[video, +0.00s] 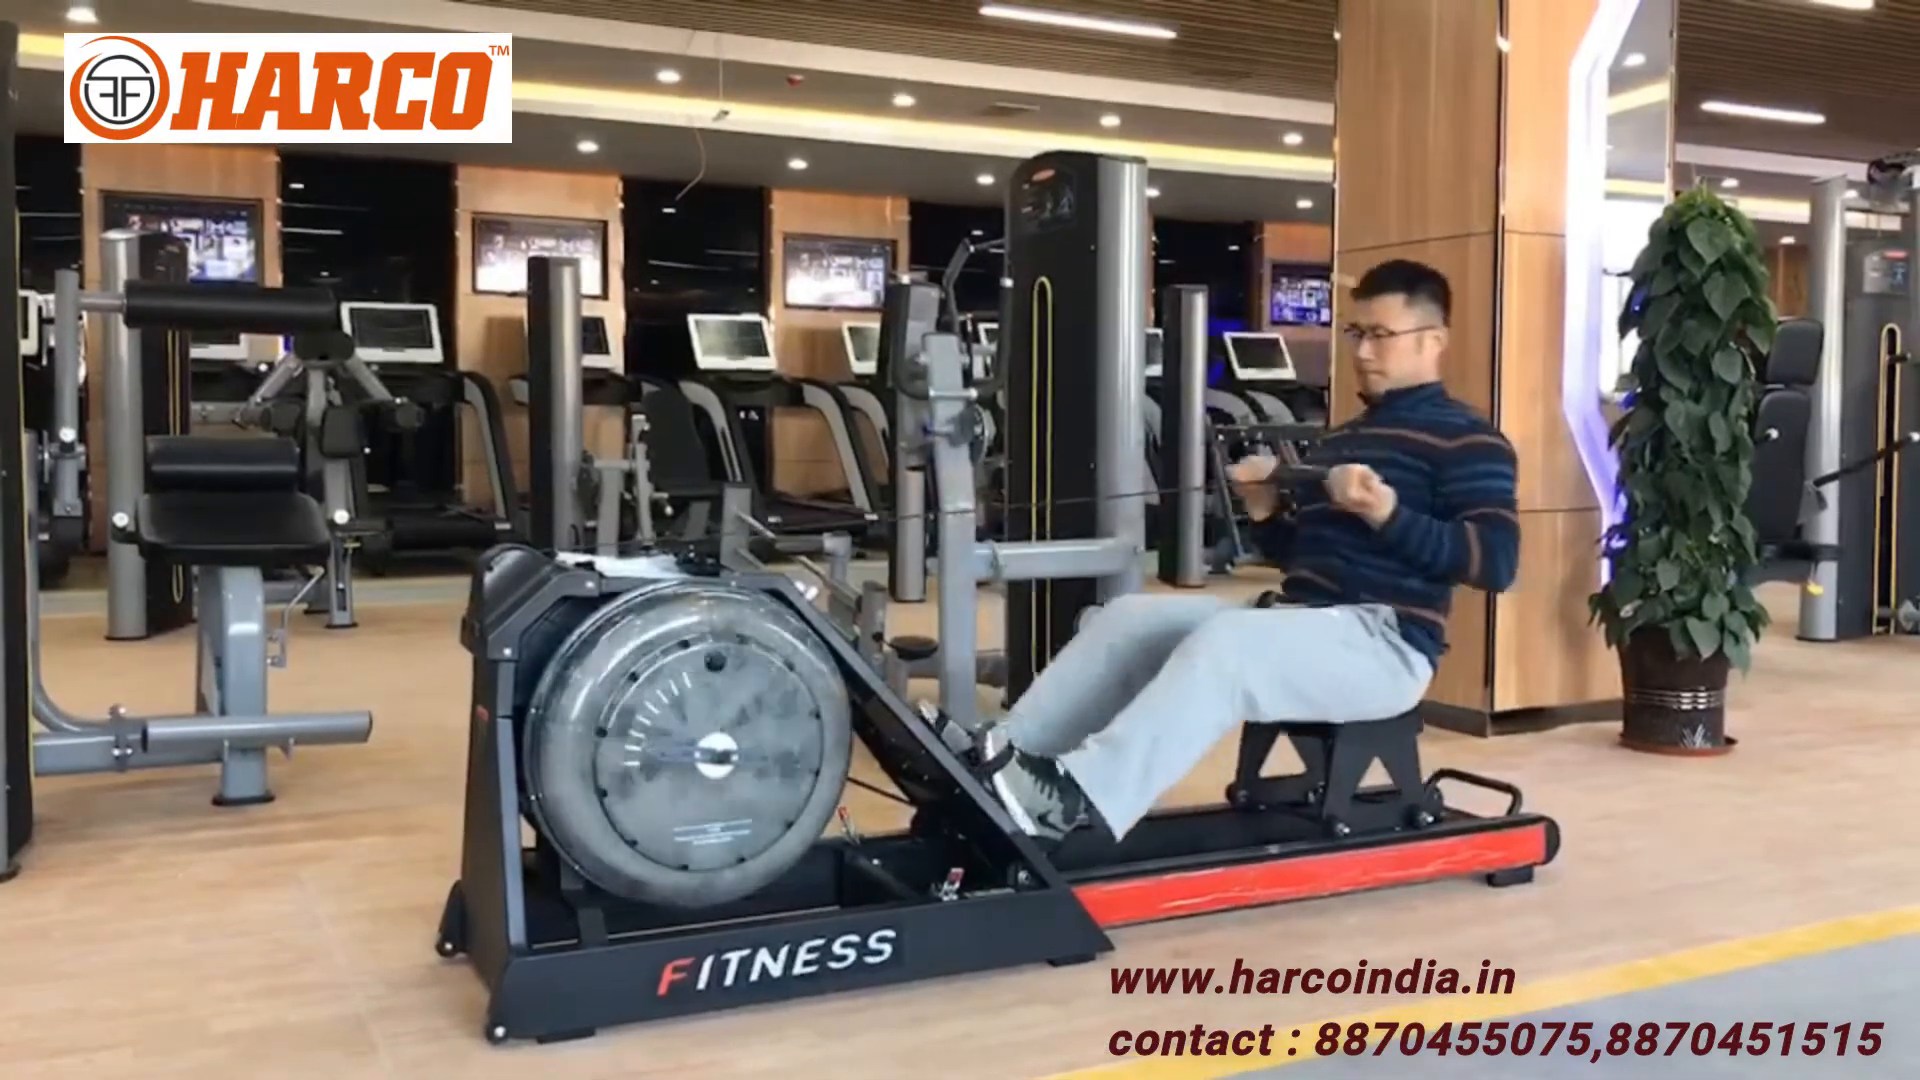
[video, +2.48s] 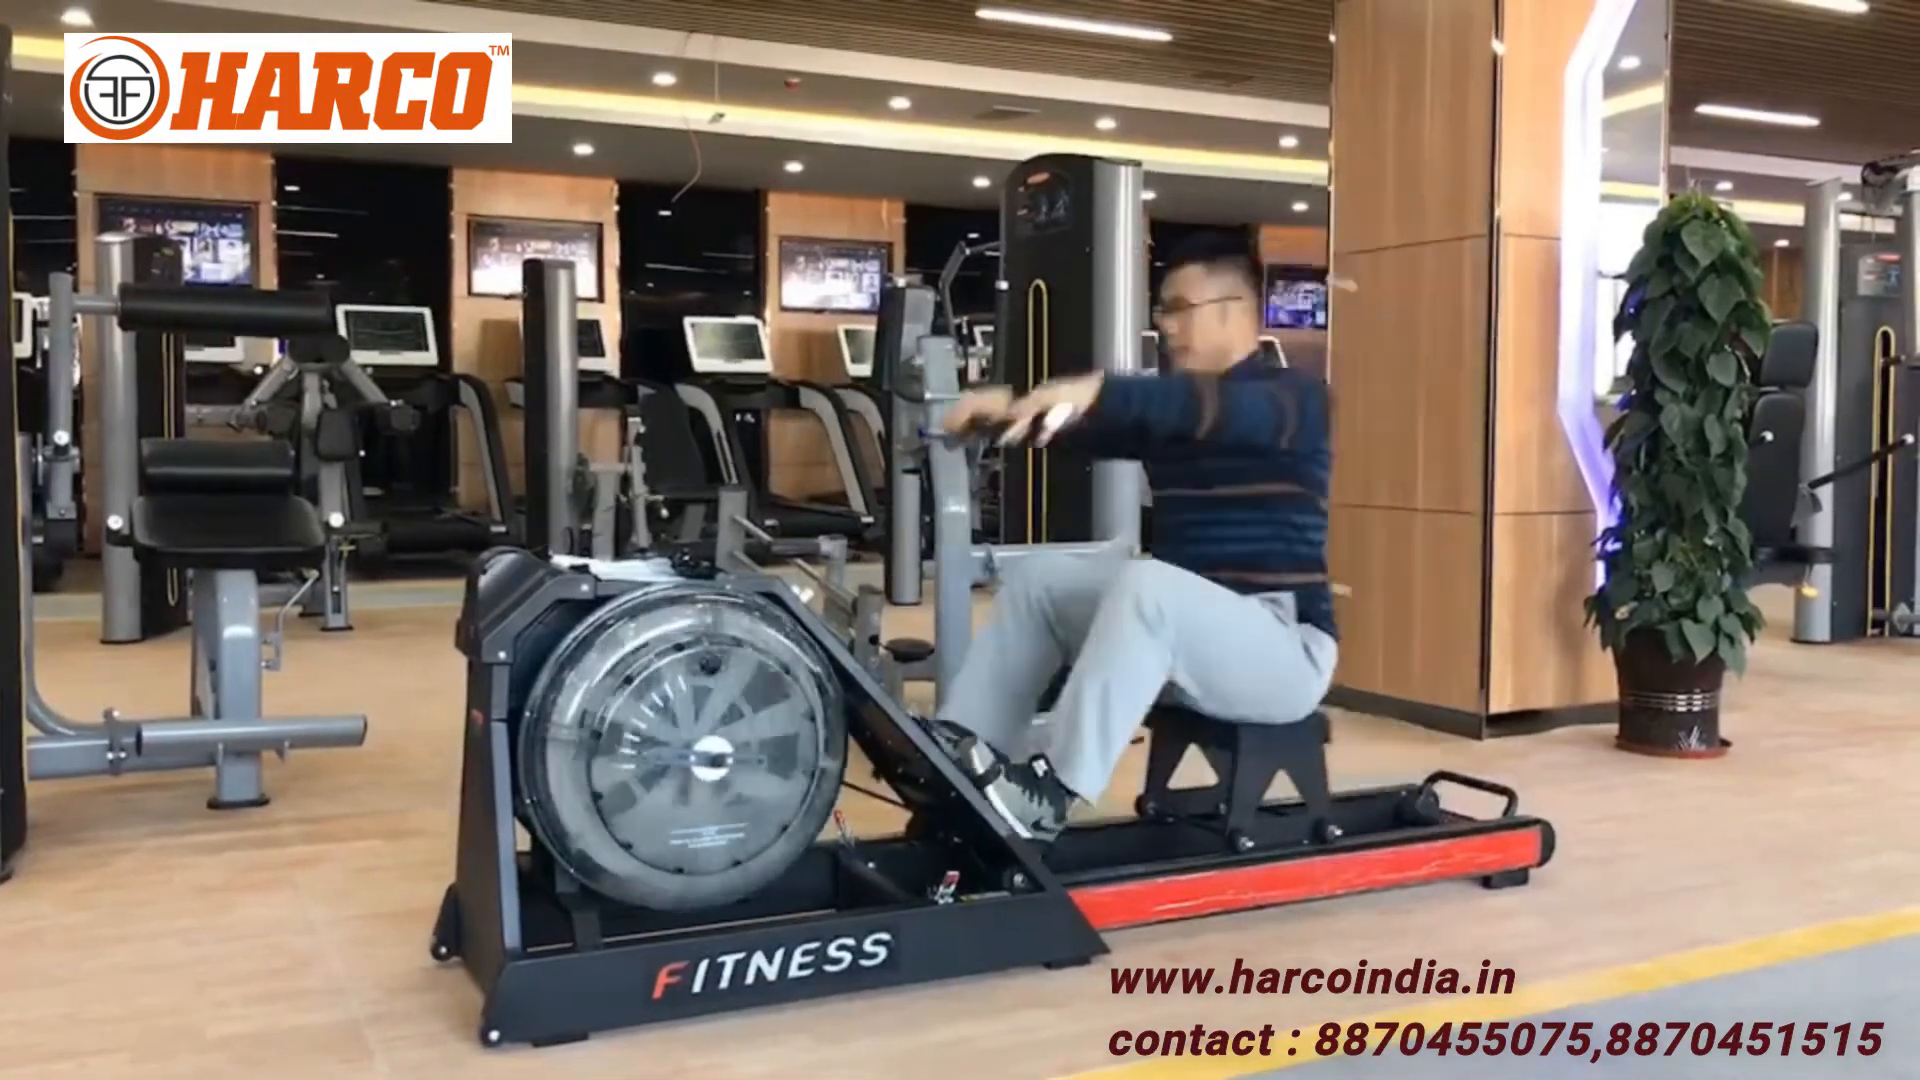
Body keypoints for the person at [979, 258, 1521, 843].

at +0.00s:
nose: (1362, 350)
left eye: (1381, 334)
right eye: (1357, 335)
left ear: (1434, 344)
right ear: (1352, 340)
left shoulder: (1471, 440)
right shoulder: (1340, 437)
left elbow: (1496, 562)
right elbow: (1300, 555)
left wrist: (1392, 516)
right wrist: (1263, 505)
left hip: (1384, 641)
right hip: (1297, 619)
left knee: (1222, 648)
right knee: (1127, 618)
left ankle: (1079, 800)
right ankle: (999, 754)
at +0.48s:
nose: (1154, 318)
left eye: (1172, 302)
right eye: (1152, 301)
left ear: (1228, 319)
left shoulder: (1261, 410)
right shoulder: (1139, 420)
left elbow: (1243, 505)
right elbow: (1068, 480)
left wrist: (1107, 518)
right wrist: (992, 492)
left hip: (1257, 651)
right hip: (1151, 633)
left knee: (1126, 578)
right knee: (1001, 564)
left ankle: (1040, 784)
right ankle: (964, 752)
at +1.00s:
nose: (1231, 309)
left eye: (1253, 298)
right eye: (1231, 296)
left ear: (1306, 322)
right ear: (1224, 307)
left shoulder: (1322, 416)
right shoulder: (1210, 411)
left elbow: (1221, 465)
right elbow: (1118, 448)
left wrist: (1100, 492)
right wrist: (1000, 471)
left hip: (1280, 644)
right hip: (1188, 619)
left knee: (1133, 581)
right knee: (1032, 572)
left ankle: (1038, 786)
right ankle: (959, 747)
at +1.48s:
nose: (1436, 347)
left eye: (1454, 338)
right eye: (1429, 334)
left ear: (1491, 354)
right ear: (1412, 346)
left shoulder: (1508, 437)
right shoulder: (1377, 431)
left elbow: (1454, 365)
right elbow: (1301, 394)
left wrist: (1361, 304)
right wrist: (1241, 332)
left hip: (1391, 646)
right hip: (1306, 618)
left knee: (1222, 689)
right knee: (1149, 652)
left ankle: (1069, 811)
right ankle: (999, 756)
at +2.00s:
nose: (1381, 351)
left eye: (1400, 335)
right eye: (1374, 336)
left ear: (1457, 340)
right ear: (1365, 342)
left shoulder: (1489, 407)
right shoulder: (1375, 404)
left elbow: (1510, 298)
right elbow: (1352, 308)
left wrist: (1479, 174)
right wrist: (1345, 203)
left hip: (1394, 642)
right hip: (1302, 619)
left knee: (1236, 688)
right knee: (1161, 658)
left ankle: (1082, 816)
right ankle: (998, 764)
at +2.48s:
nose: (1167, 326)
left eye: (1182, 308)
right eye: (1165, 311)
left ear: (1237, 312)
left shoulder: (1297, 397)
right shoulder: (1171, 404)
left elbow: (1207, 407)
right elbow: (1097, 428)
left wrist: (1097, 390)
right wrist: (1015, 409)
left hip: (1286, 649)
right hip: (1182, 627)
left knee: (1147, 589)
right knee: (1035, 582)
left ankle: (1049, 791)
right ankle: (959, 756)